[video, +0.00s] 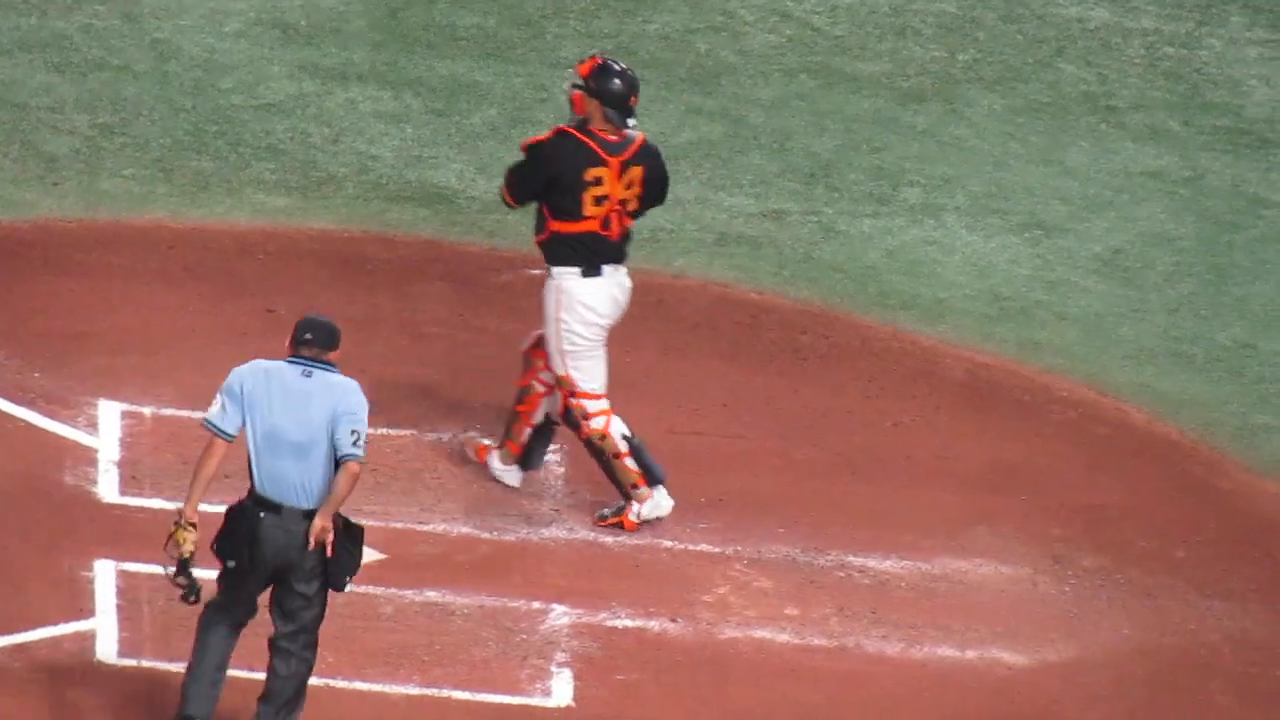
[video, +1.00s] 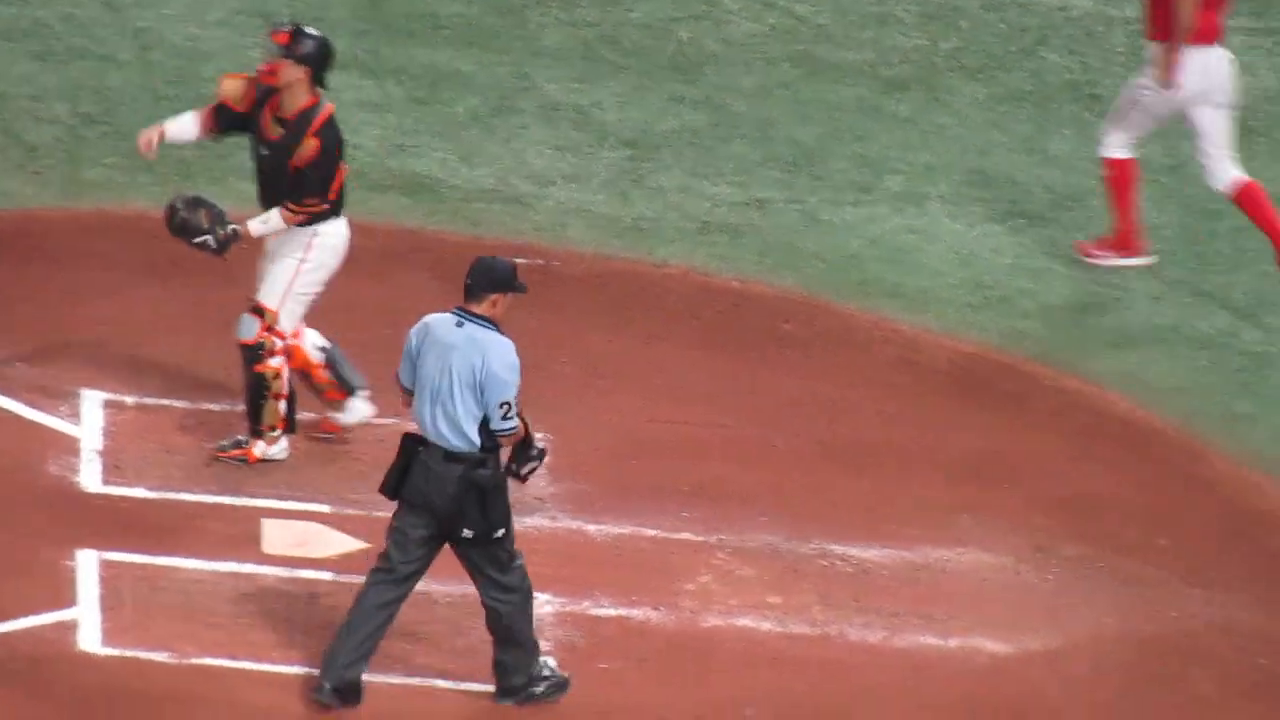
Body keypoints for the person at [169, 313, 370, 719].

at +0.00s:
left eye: (294, 345)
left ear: (290, 346)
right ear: (334, 354)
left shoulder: (250, 375)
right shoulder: (348, 393)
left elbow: (215, 448)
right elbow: (352, 466)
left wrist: (189, 515)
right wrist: (325, 514)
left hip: (256, 526)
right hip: (311, 536)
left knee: (225, 615)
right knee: (294, 644)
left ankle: (194, 710)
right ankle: (275, 713)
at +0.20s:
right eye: (370, 339)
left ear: (331, 331)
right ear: (373, 340)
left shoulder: (288, 360)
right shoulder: (384, 374)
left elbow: (256, 430)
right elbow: (411, 433)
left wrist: (228, 495)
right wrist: (377, 477)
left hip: (293, 506)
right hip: (344, 516)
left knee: (281, 606)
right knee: (315, 628)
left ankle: (275, 703)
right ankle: (284, 711)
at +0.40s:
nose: (435, 338)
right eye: (435, 333)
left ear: (390, 326)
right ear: (432, 334)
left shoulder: (349, 359)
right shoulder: (444, 377)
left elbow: (316, 428)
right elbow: (471, 446)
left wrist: (289, 494)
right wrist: (481, 473)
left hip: (358, 504)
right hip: (404, 514)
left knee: (374, 602)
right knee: (374, 621)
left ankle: (386, 691)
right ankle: (322, 712)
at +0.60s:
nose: (478, 329)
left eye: (474, 323)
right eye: (477, 324)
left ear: (435, 317)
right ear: (471, 324)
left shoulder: (393, 360)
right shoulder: (478, 370)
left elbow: (360, 435)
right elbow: (497, 448)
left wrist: (354, 495)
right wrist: (517, 466)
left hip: (399, 495)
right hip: (446, 505)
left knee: (413, 605)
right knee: (464, 624)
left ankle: (401, 701)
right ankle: (384, 695)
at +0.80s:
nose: (511, 317)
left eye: (511, 310)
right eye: (510, 310)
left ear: (469, 304)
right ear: (499, 311)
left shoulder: (425, 344)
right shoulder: (503, 357)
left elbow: (405, 419)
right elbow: (513, 438)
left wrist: (433, 450)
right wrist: (519, 456)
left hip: (428, 487)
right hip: (477, 495)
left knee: (417, 600)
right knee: (524, 598)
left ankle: (388, 706)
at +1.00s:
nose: (510, 305)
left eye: (511, 297)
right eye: (509, 298)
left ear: (469, 293)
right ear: (494, 298)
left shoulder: (427, 326)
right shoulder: (498, 350)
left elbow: (408, 390)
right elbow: (505, 424)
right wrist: (526, 439)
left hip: (423, 469)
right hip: (471, 481)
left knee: (392, 573)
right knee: (505, 582)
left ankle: (338, 675)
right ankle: (519, 676)